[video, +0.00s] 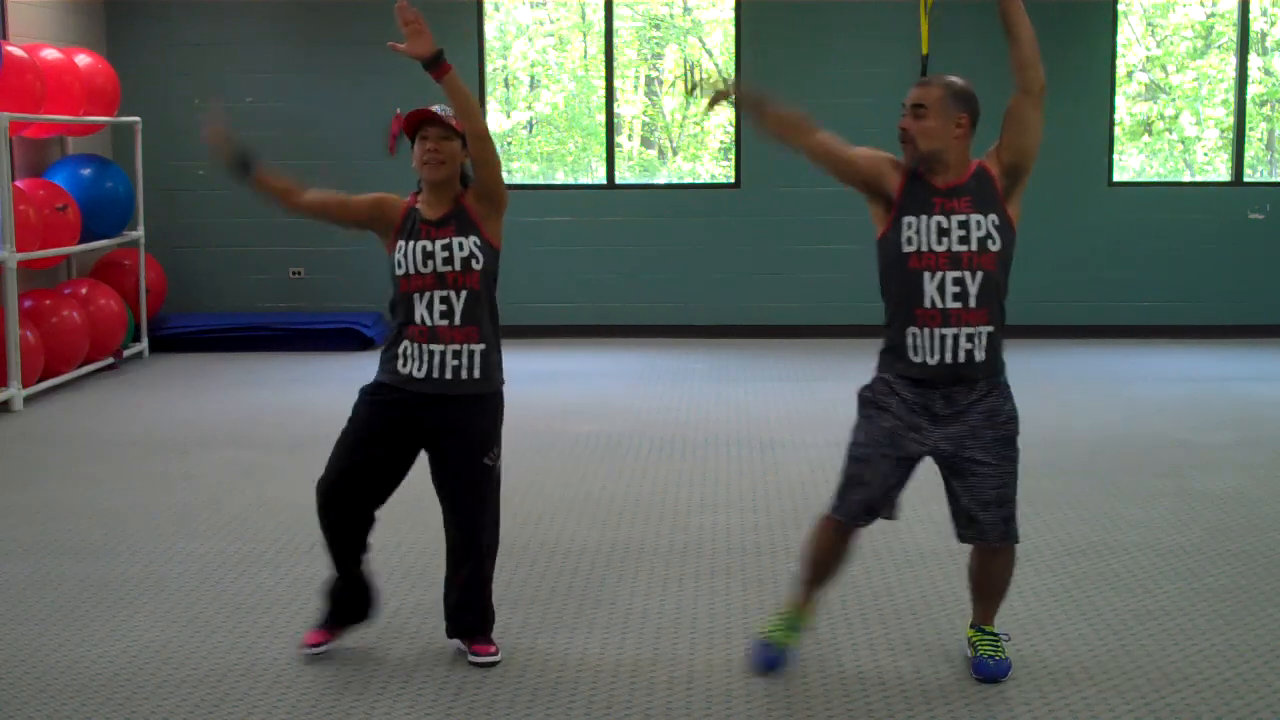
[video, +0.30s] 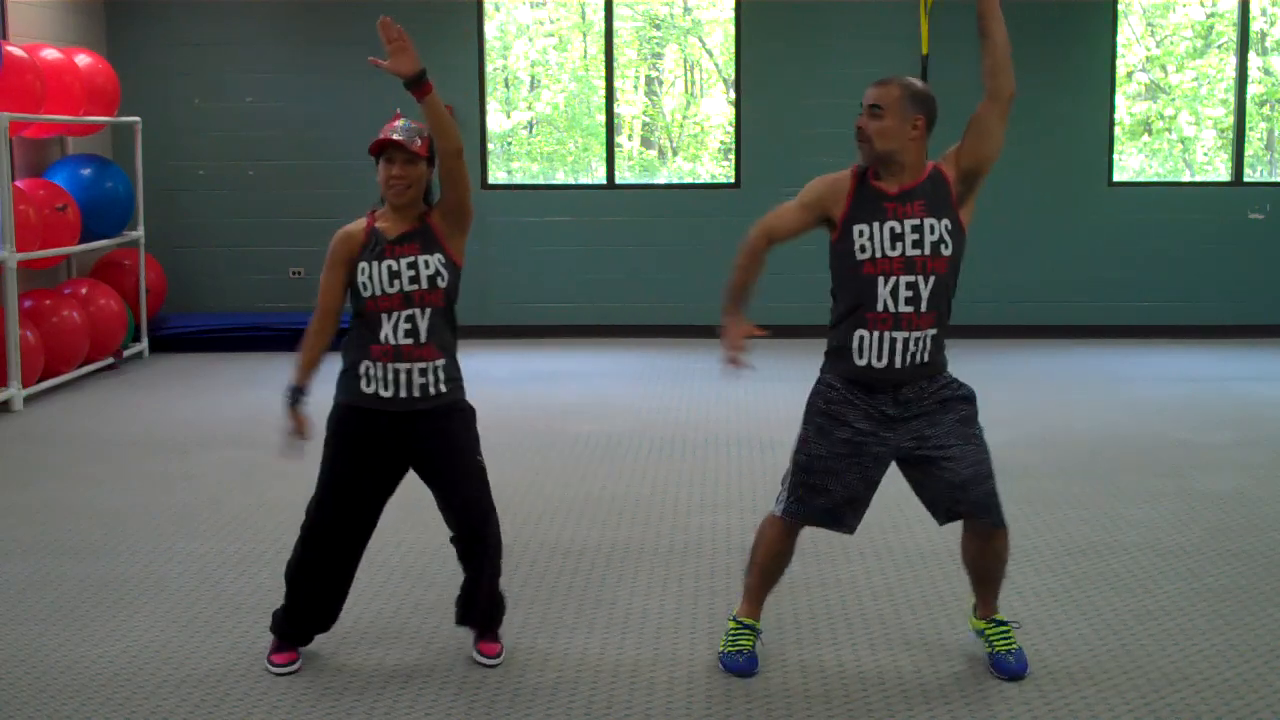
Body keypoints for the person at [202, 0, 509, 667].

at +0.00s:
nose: (434, 149)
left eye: (445, 140)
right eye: (424, 142)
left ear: (463, 155)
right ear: (411, 156)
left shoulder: (482, 210)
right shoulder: (393, 213)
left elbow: (478, 134)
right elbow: (304, 199)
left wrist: (437, 62)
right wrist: (240, 163)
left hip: (470, 397)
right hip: (398, 391)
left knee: (474, 521)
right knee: (339, 495)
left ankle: (472, 628)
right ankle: (350, 602)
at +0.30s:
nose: (395, 170)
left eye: (407, 160)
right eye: (387, 160)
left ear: (428, 170)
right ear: (376, 169)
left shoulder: (447, 228)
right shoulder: (351, 240)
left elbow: (451, 152)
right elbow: (323, 321)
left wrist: (419, 82)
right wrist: (297, 389)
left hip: (441, 412)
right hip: (366, 413)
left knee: (477, 522)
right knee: (329, 526)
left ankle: (485, 623)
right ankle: (291, 632)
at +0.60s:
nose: (427, 174)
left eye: (436, 163)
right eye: (418, 163)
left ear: (456, 170)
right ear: (403, 171)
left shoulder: (481, 220)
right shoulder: (387, 226)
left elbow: (487, 148)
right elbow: (389, 269)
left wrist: (452, 80)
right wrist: (407, 223)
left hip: (479, 399)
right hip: (407, 399)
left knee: (490, 518)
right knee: (360, 512)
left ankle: (515, 621)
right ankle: (323, 631)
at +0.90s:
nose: (467, 158)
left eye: (474, 149)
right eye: (456, 150)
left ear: (488, 156)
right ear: (440, 161)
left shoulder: (508, 206)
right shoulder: (427, 222)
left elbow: (525, 139)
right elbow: (418, 174)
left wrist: (492, 76)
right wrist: (439, 98)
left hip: (532, 384)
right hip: (466, 392)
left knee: (534, 506)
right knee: (460, 511)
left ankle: (527, 613)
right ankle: (472, 620)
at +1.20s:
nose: (502, 174)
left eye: (507, 163)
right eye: (491, 165)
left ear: (514, 166)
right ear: (464, 171)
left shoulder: (528, 215)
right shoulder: (445, 223)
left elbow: (585, 175)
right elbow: (433, 158)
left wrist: (597, 114)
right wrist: (476, 91)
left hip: (545, 390)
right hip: (476, 401)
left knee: (589, 488)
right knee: (478, 519)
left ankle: (564, 597)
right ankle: (475, 621)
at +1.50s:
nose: (537, 174)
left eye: (544, 165)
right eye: (524, 167)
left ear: (556, 174)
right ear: (505, 178)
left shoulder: (580, 239)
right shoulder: (488, 231)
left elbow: (640, 293)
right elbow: (461, 168)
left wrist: (685, 348)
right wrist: (490, 101)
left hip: (578, 415)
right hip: (502, 416)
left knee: (619, 524)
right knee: (466, 527)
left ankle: (670, 624)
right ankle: (472, 621)